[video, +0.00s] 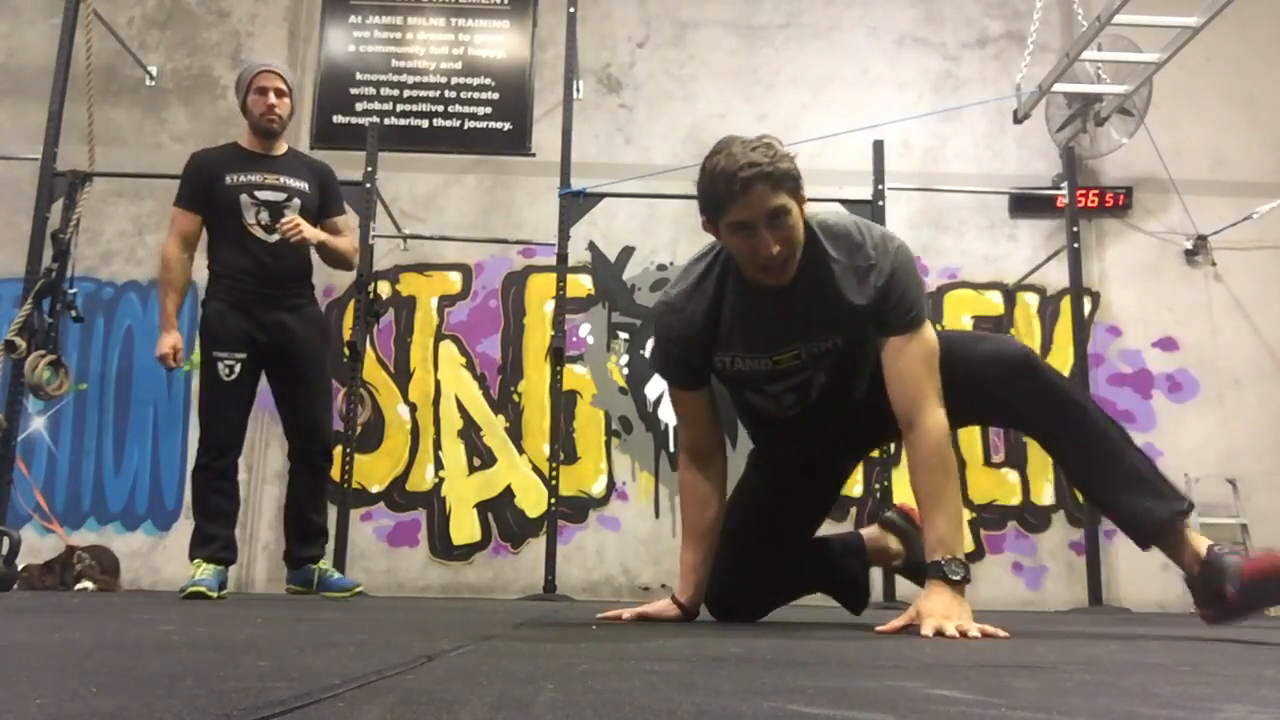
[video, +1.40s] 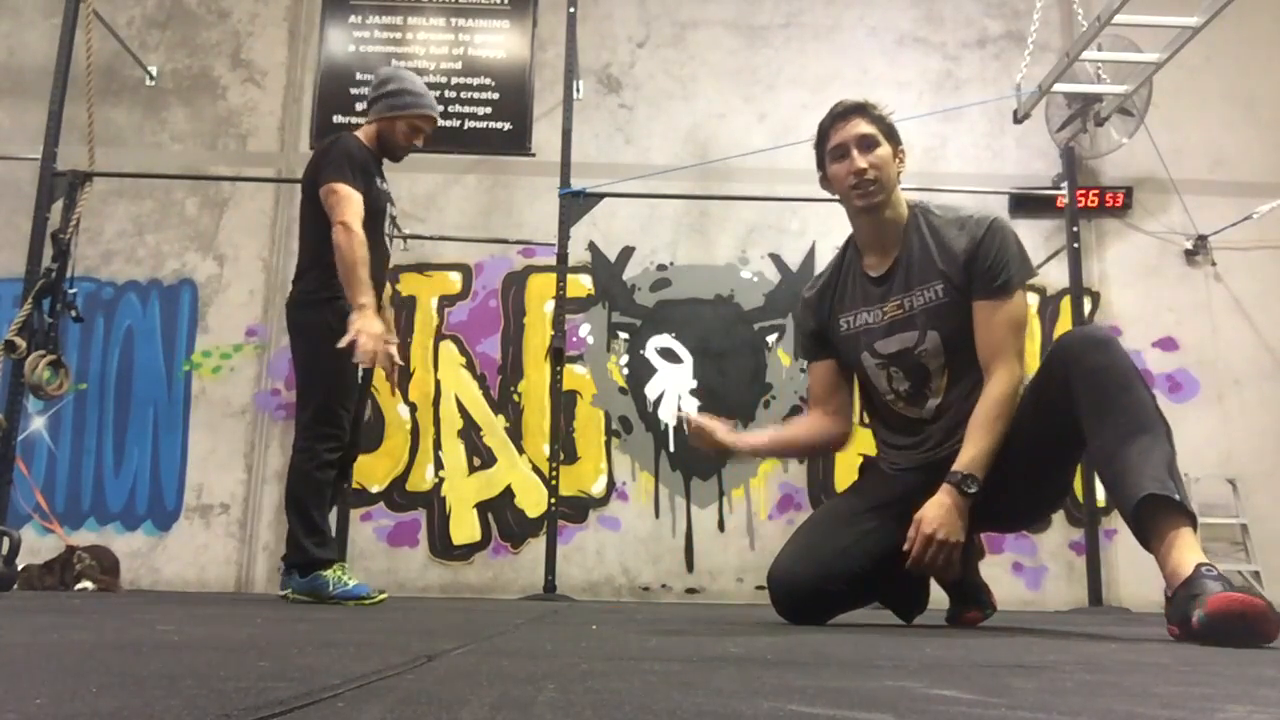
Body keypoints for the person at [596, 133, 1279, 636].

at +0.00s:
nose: (773, 242)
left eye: (782, 218)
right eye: (749, 230)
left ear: (802, 202)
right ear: (713, 231)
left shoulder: (873, 259)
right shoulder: (687, 314)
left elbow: (925, 424)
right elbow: (699, 456)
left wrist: (947, 582)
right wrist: (684, 594)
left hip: (886, 383)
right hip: (796, 439)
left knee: (1016, 369)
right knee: (733, 594)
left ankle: (1202, 564)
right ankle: (877, 546)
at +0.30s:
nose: (792, 233)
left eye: (801, 208)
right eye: (768, 222)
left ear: (829, 192)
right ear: (746, 228)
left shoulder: (916, 262)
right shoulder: (742, 312)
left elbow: (956, 427)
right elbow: (727, 463)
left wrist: (949, 583)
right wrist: (687, 598)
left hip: (956, 438)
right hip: (866, 478)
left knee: (1025, 345)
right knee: (761, 592)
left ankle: (1184, 570)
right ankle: (921, 556)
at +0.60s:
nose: (827, 228)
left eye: (836, 205)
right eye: (806, 220)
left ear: (868, 199)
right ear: (791, 238)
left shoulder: (957, 272)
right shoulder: (795, 326)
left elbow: (980, 428)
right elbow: (757, 471)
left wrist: (955, 568)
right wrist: (692, 592)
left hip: (1012, 453)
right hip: (913, 482)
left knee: (1101, 332)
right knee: (803, 590)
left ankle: (1198, 569)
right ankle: (950, 581)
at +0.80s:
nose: (841, 194)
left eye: (850, 172)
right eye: (820, 188)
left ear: (882, 171)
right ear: (809, 209)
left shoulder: (965, 244)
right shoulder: (815, 308)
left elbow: (1000, 387)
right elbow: (808, 444)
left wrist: (979, 522)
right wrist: (749, 529)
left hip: (1016, 459)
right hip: (915, 481)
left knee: (1121, 335)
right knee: (801, 591)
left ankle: (1201, 567)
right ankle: (927, 566)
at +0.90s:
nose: (846, 179)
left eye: (855, 159)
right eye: (826, 171)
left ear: (887, 162)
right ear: (813, 194)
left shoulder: (972, 239)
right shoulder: (821, 307)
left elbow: (1010, 376)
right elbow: (836, 427)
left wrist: (974, 502)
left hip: (1008, 457)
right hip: (912, 481)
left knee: (1115, 334)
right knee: (799, 591)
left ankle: (1197, 570)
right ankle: (933, 568)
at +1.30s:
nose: (858, 161)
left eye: (870, 145)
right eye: (840, 154)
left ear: (900, 155)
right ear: (828, 180)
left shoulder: (981, 239)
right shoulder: (827, 301)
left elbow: (1001, 378)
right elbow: (844, 417)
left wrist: (957, 495)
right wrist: (824, 469)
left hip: (1001, 465)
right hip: (903, 485)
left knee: (1088, 346)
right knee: (795, 591)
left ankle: (1186, 575)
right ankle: (945, 554)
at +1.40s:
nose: (855, 161)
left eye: (867, 145)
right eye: (837, 155)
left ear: (900, 157)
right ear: (826, 181)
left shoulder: (976, 240)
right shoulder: (825, 297)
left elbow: (1003, 376)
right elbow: (827, 423)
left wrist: (958, 492)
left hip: (1000, 462)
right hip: (900, 481)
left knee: (1093, 348)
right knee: (796, 589)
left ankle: (1189, 580)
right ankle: (939, 561)